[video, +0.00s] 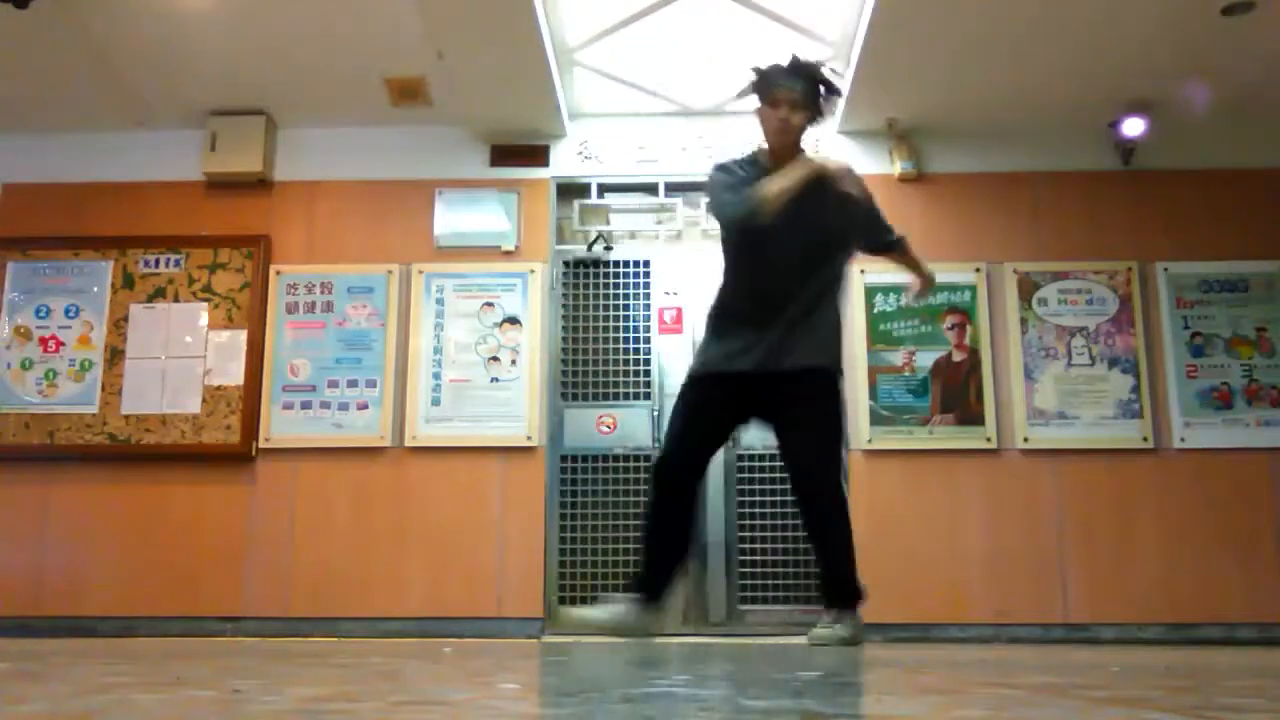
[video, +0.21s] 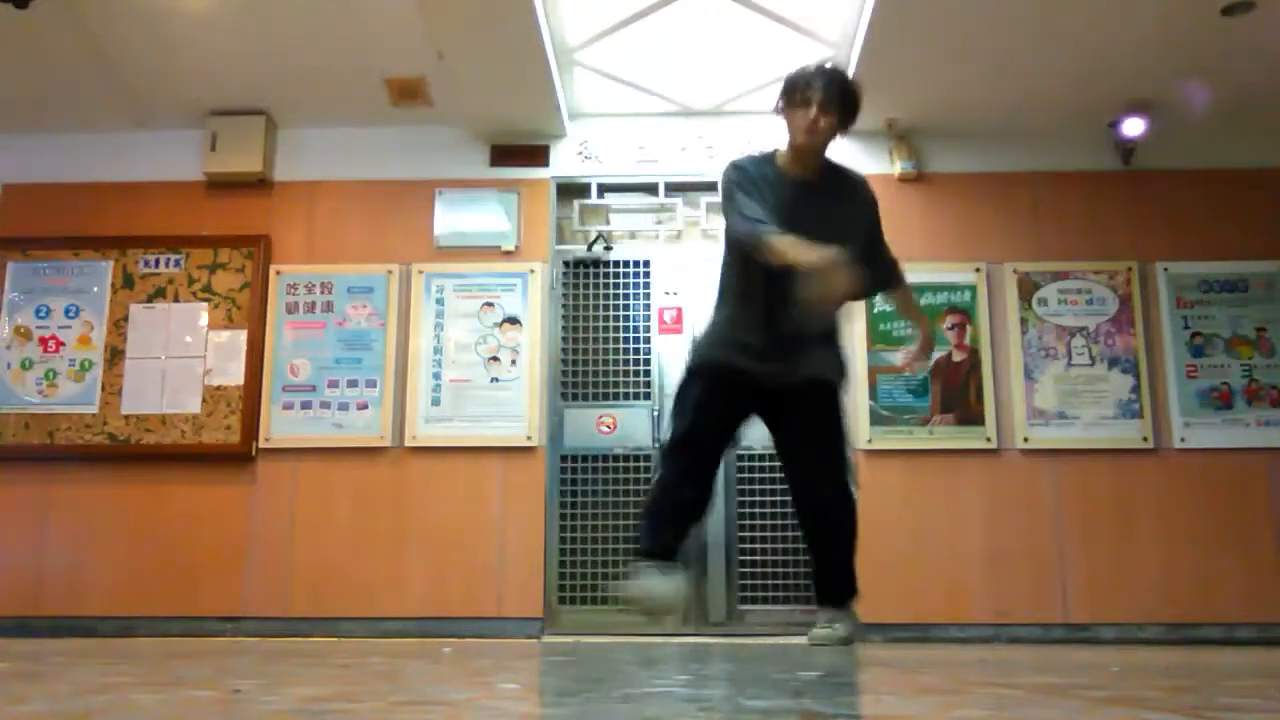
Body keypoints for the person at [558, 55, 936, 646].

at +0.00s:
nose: (778, 116)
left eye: (791, 107)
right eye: (769, 105)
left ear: (811, 116)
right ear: (757, 111)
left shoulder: (835, 184)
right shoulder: (733, 175)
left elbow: (882, 237)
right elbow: (741, 212)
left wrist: (919, 269)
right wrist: (806, 169)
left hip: (804, 363)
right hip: (729, 359)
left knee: (817, 486)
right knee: (676, 466)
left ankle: (842, 612)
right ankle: (646, 601)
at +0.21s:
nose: (810, 116)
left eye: (823, 108)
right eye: (801, 104)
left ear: (841, 122)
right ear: (783, 111)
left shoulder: (852, 193)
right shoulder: (747, 174)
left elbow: (881, 268)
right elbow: (751, 232)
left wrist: (921, 324)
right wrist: (817, 257)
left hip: (805, 365)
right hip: (730, 355)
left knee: (822, 486)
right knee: (689, 449)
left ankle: (835, 609)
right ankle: (656, 566)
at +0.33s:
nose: (821, 105)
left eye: (835, 98)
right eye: (812, 91)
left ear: (849, 110)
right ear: (792, 92)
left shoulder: (850, 181)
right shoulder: (746, 152)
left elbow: (862, 267)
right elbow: (706, 219)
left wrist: (876, 328)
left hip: (796, 332)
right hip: (727, 323)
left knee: (804, 462)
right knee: (750, 443)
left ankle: (744, 577)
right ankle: (767, 586)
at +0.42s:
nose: (823, 118)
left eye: (835, 108)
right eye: (813, 104)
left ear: (848, 119)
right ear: (791, 107)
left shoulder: (842, 195)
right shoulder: (746, 169)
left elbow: (852, 280)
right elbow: (668, 191)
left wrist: (831, 263)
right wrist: (600, 199)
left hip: (790, 346)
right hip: (729, 333)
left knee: (797, 472)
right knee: (786, 464)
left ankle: (667, 542)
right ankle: (779, 605)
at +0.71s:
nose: (792, 104)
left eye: (801, 95)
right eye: (783, 89)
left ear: (806, 103)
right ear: (756, 85)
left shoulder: (786, 182)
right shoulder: (703, 134)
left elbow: (792, 261)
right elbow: (616, 165)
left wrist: (803, 318)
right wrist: (578, 191)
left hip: (712, 319)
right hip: (659, 306)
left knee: (703, 448)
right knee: (692, 443)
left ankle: (619, 583)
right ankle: (698, 588)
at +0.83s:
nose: (761, 120)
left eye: (770, 111)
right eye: (751, 105)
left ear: (773, 118)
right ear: (720, 103)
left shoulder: (746, 203)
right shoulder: (672, 158)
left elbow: (758, 286)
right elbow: (611, 213)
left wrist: (805, 344)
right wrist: (657, 269)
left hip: (685, 345)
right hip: (630, 329)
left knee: (682, 471)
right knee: (647, 450)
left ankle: (616, 600)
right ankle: (572, 574)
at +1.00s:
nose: (730, 99)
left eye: (738, 89)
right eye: (721, 85)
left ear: (743, 97)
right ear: (693, 85)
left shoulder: (724, 171)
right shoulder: (647, 143)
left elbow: (715, 243)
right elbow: (583, 209)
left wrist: (757, 299)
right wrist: (647, 251)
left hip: (665, 322)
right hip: (607, 305)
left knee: (656, 454)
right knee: (611, 400)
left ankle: (609, 595)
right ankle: (521, 515)